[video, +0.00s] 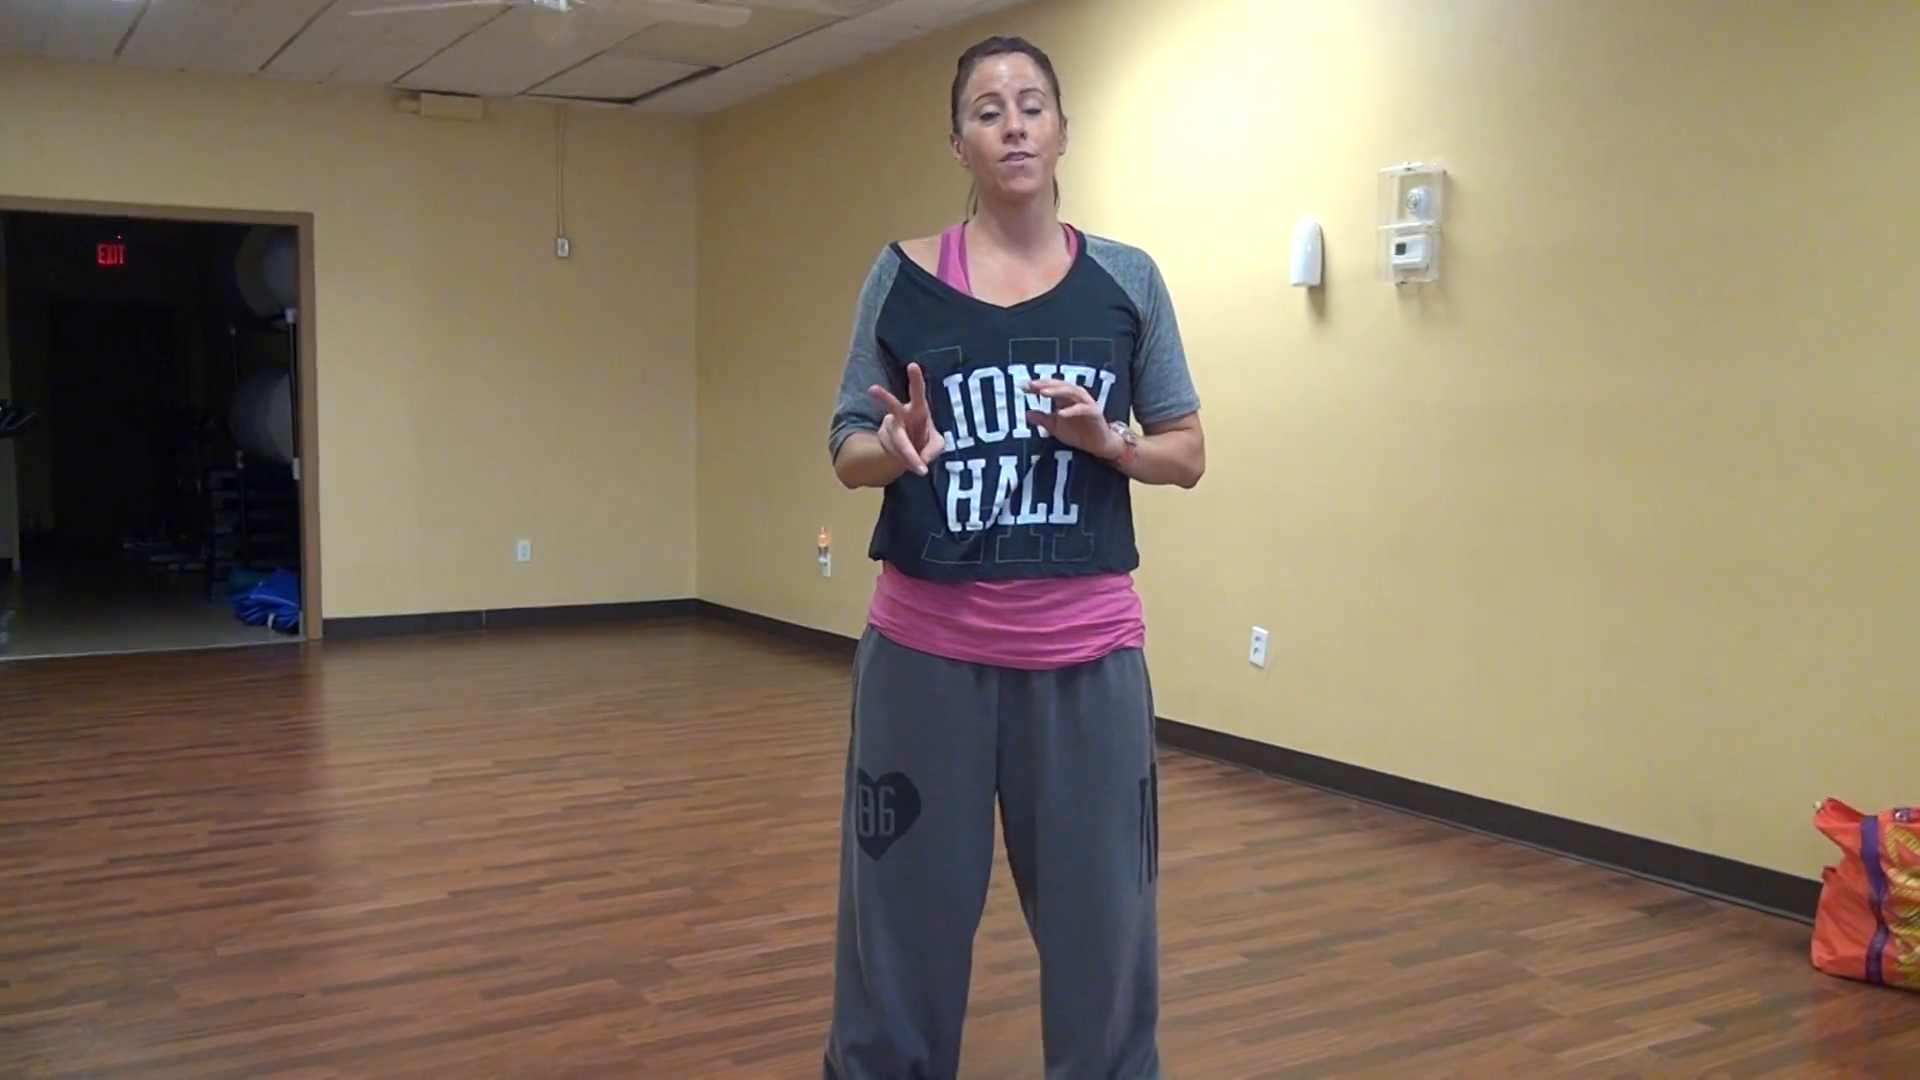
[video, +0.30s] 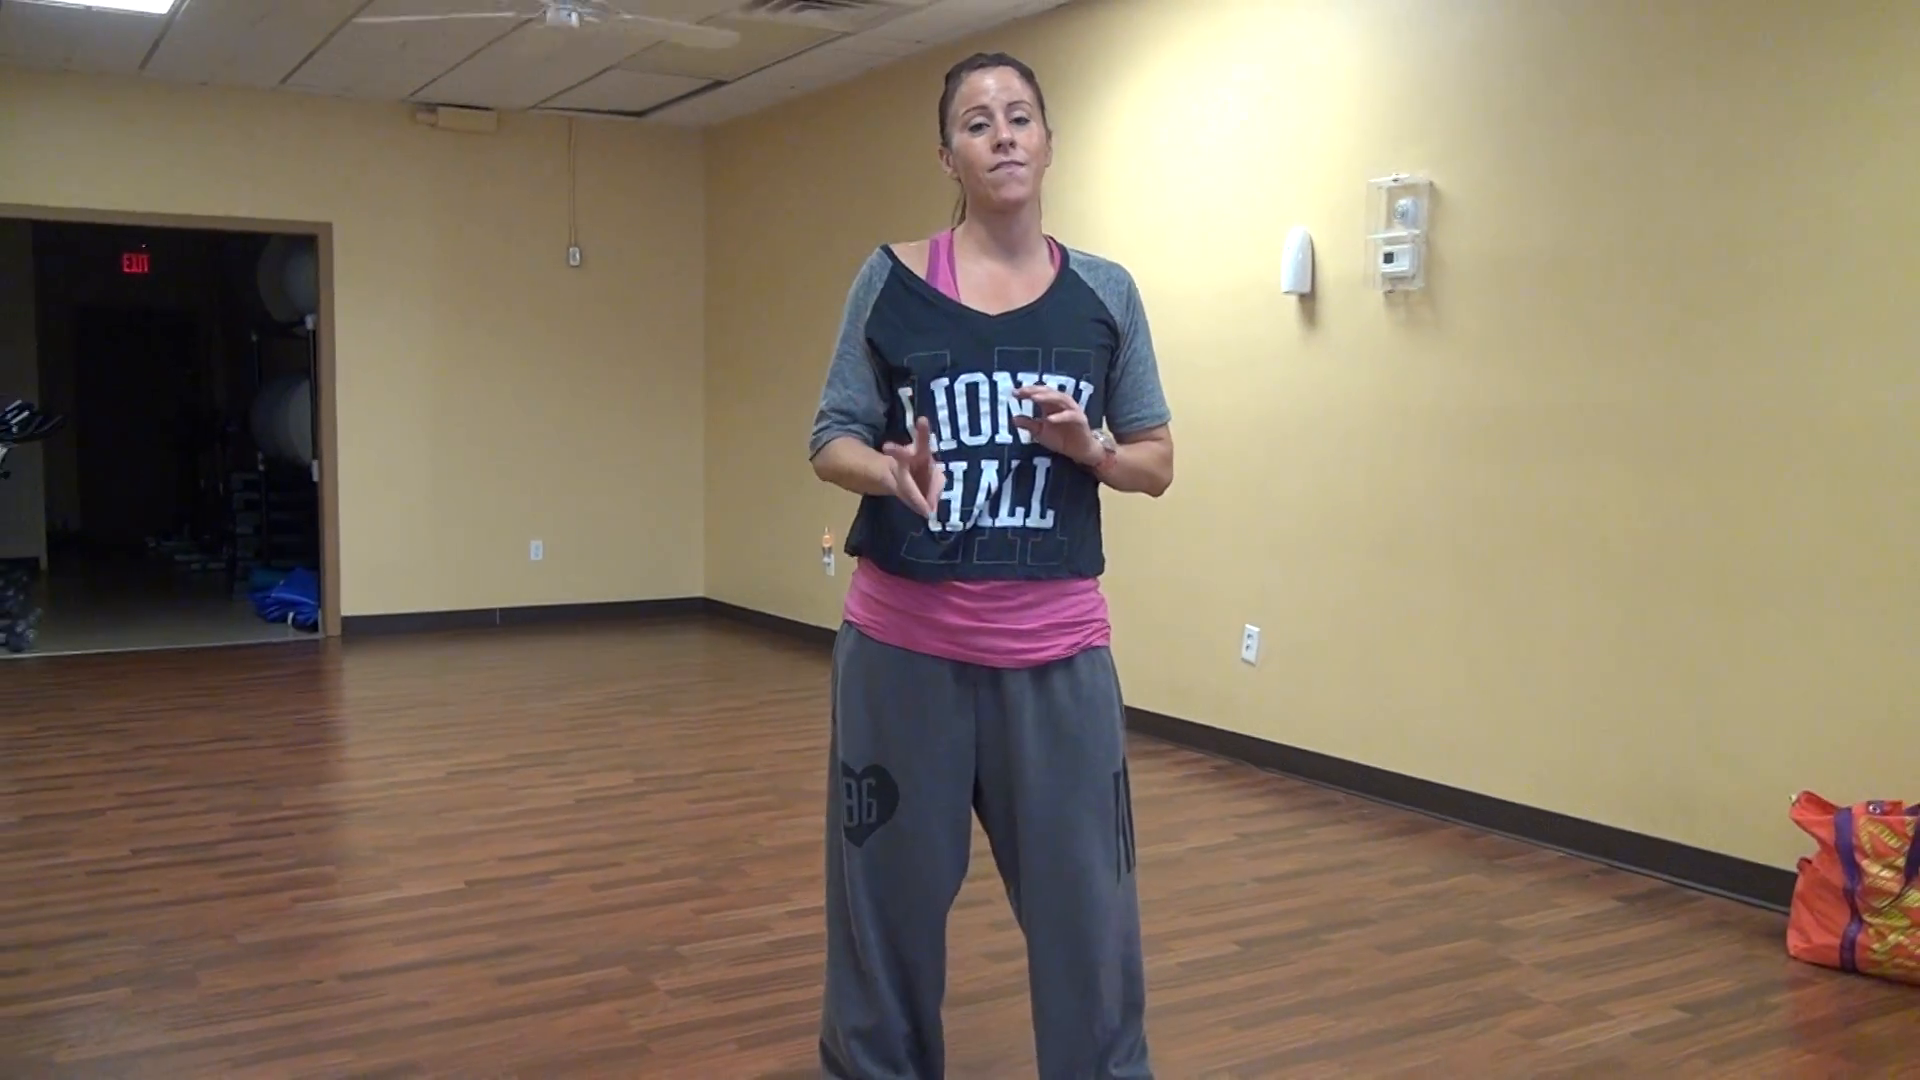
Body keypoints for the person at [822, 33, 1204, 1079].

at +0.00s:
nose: (1013, 125)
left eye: (1032, 106)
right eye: (988, 110)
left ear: (1061, 131)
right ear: (958, 143)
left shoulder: (1128, 275)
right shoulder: (905, 273)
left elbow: (1187, 453)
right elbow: (849, 446)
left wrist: (1113, 444)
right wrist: (895, 449)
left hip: (1088, 651)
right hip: (925, 648)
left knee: (1106, 933)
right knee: (901, 925)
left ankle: (1110, 1076)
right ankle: (882, 1072)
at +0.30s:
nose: (1003, 136)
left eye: (1019, 118)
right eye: (978, 123)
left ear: (1048, 141)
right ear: (947, 155)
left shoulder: (1107, 288)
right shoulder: (893, 278)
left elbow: (1156, 465)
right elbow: (833, 441)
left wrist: (1096, 451)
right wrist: (886, 470)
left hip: (1058, 646)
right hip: (902, 643)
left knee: (1089, 917)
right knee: (885, 912)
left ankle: (1107, 1072)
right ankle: (879, 1071)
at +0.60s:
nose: (983, 141)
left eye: (1001, 126)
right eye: (960, 128)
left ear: (1029, 155)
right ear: (928, 162)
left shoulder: (1081, 295)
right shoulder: (869, 278)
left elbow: (1117, 466)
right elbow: (796, 435)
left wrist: (1065, 460)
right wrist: (881, 469)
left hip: (1022, 638)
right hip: (872, 634)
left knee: (1057, 895)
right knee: (865, 890)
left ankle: (1100, 1066)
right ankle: (878, 1066)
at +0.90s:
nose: (963, 147)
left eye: (982, 131)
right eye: (942, 133)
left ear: (1009, 155)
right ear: (912, 161)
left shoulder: (1070, 291)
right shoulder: (855, 288)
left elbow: (1126, 462)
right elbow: (794, 452)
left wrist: (1054, 454)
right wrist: (888, 439)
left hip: (1016, 638)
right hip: (867, 634)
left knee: (1053, 892)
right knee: (861, 888)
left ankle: (1099, 1066)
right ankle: (876, 1066)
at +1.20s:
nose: (962, 148)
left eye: (980, 129)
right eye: (940, 133)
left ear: (1012, 152)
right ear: (913, 162)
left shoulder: (1081, 285)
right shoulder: (866, 292)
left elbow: (1147, 453)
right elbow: (805, 456)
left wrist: (1047, 451)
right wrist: (906, 444)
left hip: (1037, 641)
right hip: (884, 639)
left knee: (1063, 908)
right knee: (870, 901)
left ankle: (1100, 1068)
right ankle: (877, 1068)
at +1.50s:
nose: (975, 147)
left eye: (993, 128)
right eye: (952, 134)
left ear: (1025, 151)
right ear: (926, 162)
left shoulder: (1097, 282)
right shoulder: (883, 295)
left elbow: (1166, 449)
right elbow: (828, 465)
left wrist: (1071, 447)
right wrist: (919, 429)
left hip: (1061, 643)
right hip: (906, 642)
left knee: (1080, 909)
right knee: (884, 905)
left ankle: (1100, 1068)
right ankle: (882, 1068)